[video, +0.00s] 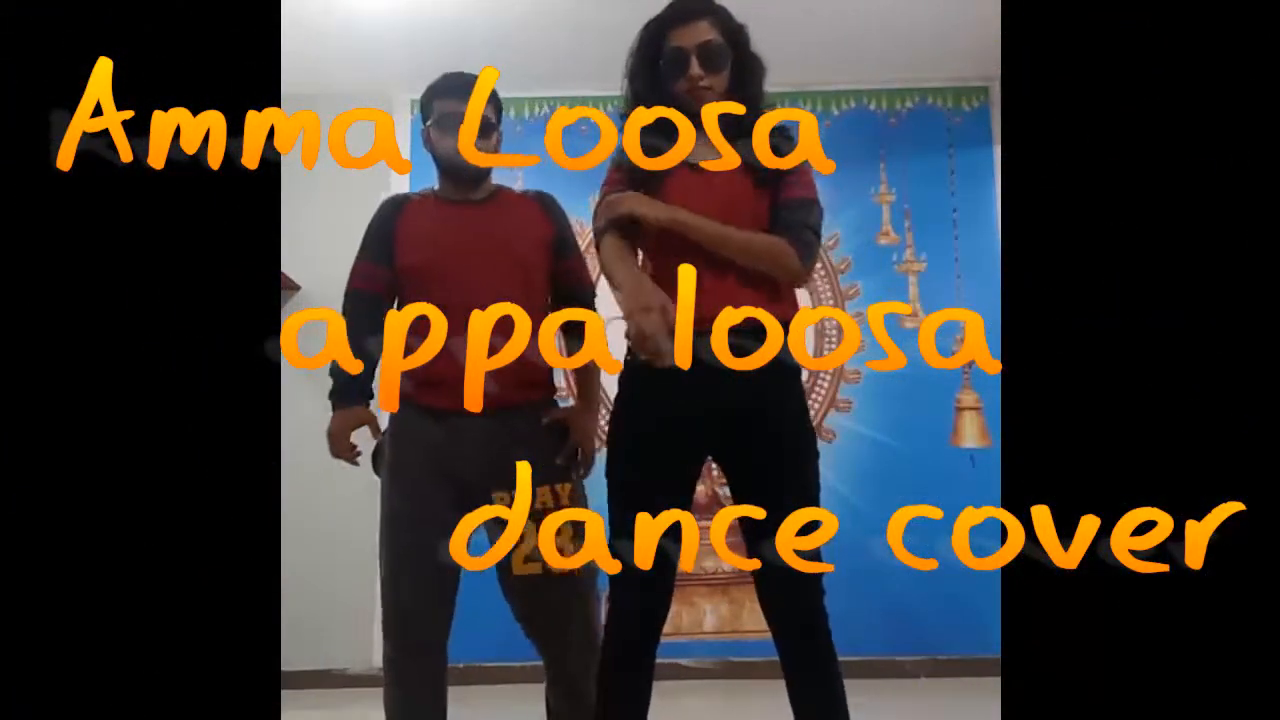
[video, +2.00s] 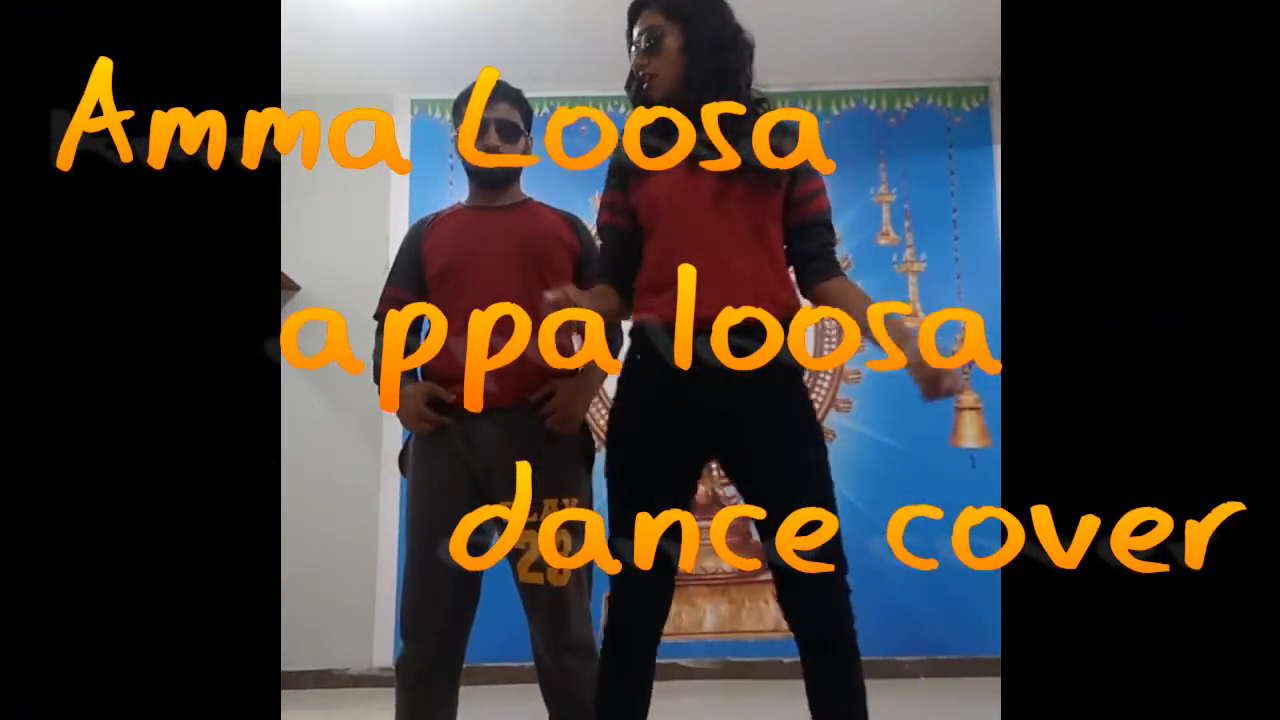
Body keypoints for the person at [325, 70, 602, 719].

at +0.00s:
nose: (466, 135)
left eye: (481, 123)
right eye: (449, 124)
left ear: (499, 132)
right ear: (427, 136)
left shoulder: (542, 215)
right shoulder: (397, 217)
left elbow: (577, 315)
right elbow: (361, 317)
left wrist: (588, 404)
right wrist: (347, 398)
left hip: (530, 440)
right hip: (423, 443)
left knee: (570, 628)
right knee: (413, 625)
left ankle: (579, 716)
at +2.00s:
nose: (496, 141)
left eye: (510, 131)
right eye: (483, 130)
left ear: (529, 145)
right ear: (459, 140)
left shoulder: (568, 230)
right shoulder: (426, 235)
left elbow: (607, 317)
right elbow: (386, 334)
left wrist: (590, 378)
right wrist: (398, 389)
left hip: (546, 438)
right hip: (447, 442)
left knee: (563, 623)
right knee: (430, 625)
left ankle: (580, 719)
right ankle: (422, 719)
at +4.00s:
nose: (491, 129)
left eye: (504, 117)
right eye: (476, 117)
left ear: (521, 131)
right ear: (452, 129)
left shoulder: (559, 204)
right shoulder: (420, 206)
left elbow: (596, 294)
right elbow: (384, 292)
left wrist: (583, 366)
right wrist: (406, 357)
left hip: (540, 428)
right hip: (441, 432)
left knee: (559, 609)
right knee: (432, 611)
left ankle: (578, 716)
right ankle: (424, 718)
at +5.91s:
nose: (490, 131)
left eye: (504, 121)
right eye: (476, 120)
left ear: (523, 136)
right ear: (453, 132)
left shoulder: (565, 222)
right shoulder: (418, 227)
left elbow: (604, 318)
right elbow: (385, 320)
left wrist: (588, 385)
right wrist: (394, 375)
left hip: (543, 440)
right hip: (442, 442)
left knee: (563, 626)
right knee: (429, 627)